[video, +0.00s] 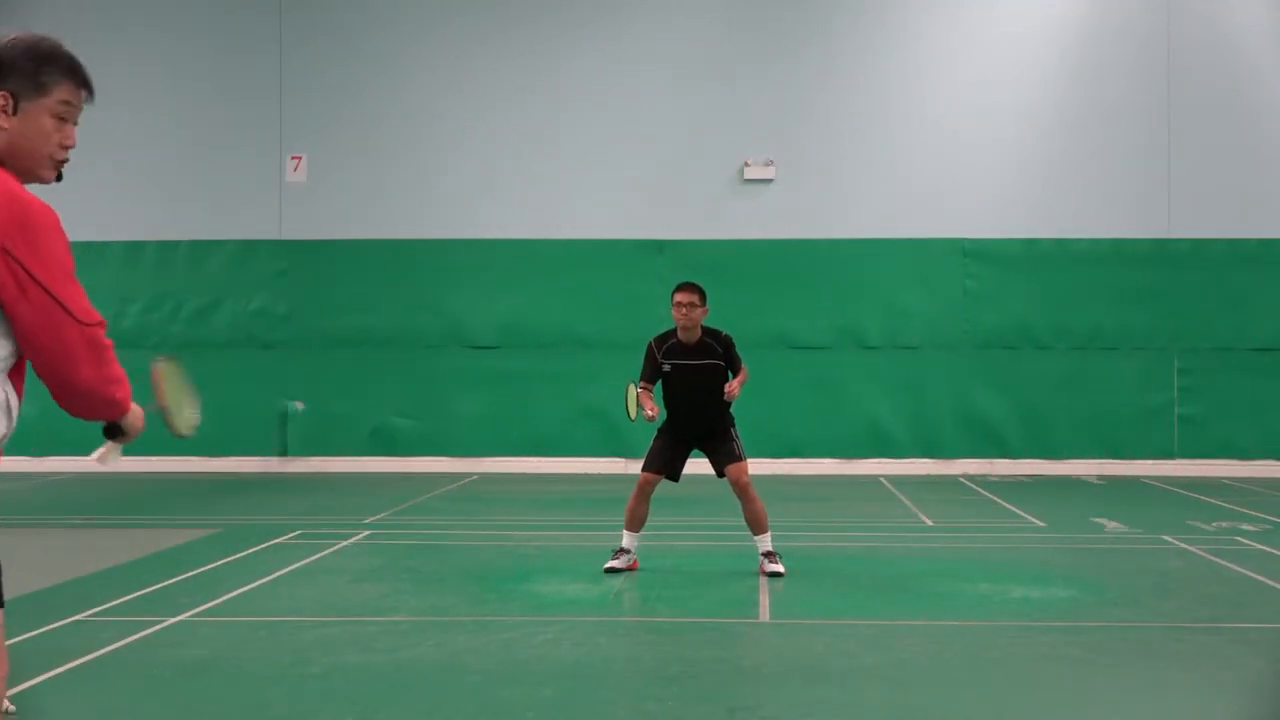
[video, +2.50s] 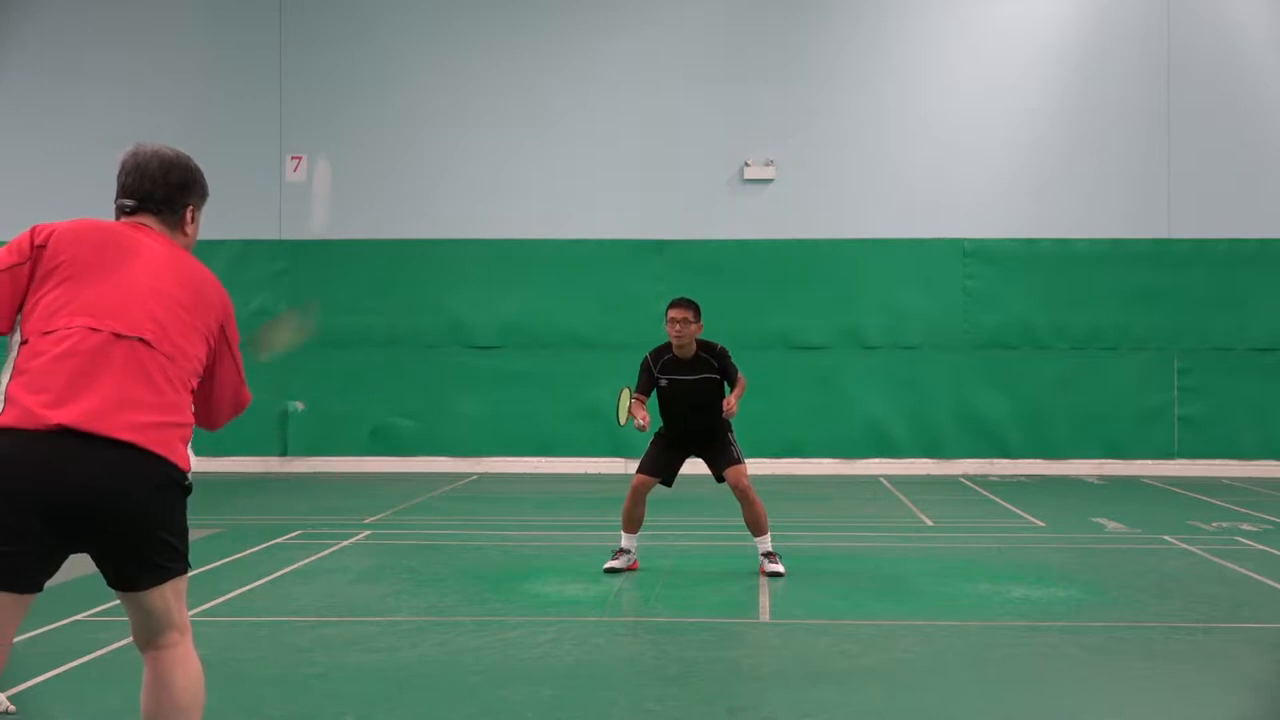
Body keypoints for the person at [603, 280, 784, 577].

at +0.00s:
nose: (684, 311)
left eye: (691, 306)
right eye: (679, 306)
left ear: (704, 311)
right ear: (672, 310)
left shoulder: (721, 342)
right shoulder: (659, 346)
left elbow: (741, 371)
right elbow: (645, 387)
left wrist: (736, 384)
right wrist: (649, 404)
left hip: (717, 425)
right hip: (676, 426)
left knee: (742, 482)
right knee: (645, 482)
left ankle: (767, 552)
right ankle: (627, 551)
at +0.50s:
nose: (682, 313)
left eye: (689, 308)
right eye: (677, 307)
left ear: (703, 313)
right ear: (671, 311)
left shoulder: (721, 344)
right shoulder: (659, 347)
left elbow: (739, 373)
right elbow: (648, 393)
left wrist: (734, 387)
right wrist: (652, 413)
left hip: (716, 425)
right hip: (675, 425)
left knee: (741, 482)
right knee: (644, 482)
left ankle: (767, 553)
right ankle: (627, 551)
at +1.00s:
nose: (681, 312)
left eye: (688, 308)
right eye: (677, 307)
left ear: (702, 313)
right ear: (670, 311)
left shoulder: (720, 343)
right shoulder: (659, 347)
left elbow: (739, 375)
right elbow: (648, 394)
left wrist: (732, 387)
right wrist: (652, 419)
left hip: (716, 424)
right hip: (675, 425)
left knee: (740, 482)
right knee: (644, 482)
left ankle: (767, 553)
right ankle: (627, 551)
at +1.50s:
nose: (677, 333)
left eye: (684, 327)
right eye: (672, 327)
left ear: (698, 330)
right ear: (666, 330)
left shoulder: (716, 357)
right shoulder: (657, 361)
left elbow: (739, 381)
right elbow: (639, 397)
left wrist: (737, 397)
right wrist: (641, 409)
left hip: (716, 433)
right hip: (675, 433)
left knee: (742, 484)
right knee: (641, 483)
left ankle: (767, 553)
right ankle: (626, 551)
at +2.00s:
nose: (677, 334)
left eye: (684, 328)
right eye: (672, 328)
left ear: (697, 332)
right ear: (666, 331)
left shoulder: (716, 358)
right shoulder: (656, 363)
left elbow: (740, 382)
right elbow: (638, 398)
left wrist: (737, 398)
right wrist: (640, 412)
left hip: (716, 434)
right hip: (674, 435)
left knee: (741, 484)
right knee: (640, 483)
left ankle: (767, 553)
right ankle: (626, 551)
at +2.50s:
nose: (677, 328)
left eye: (684, 322)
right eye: (672, 322)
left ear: (698, 326)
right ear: (666, 326)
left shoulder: (715, 354)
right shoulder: (655, 359)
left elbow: (739, 381)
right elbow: (637, 401)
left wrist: (734, 397)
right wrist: (641, 414)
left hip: (714, 433)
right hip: (672, 435)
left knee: (742, 485)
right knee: (638, 485)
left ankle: (767, 553)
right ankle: (627, 551)